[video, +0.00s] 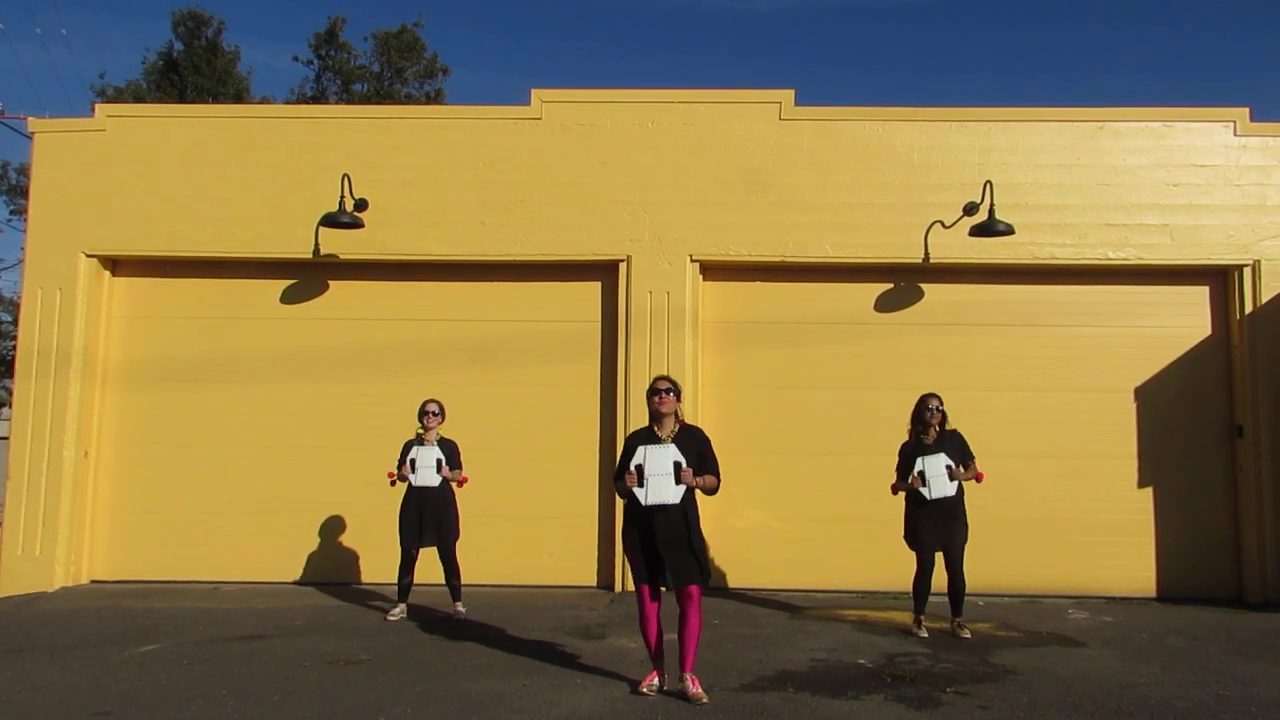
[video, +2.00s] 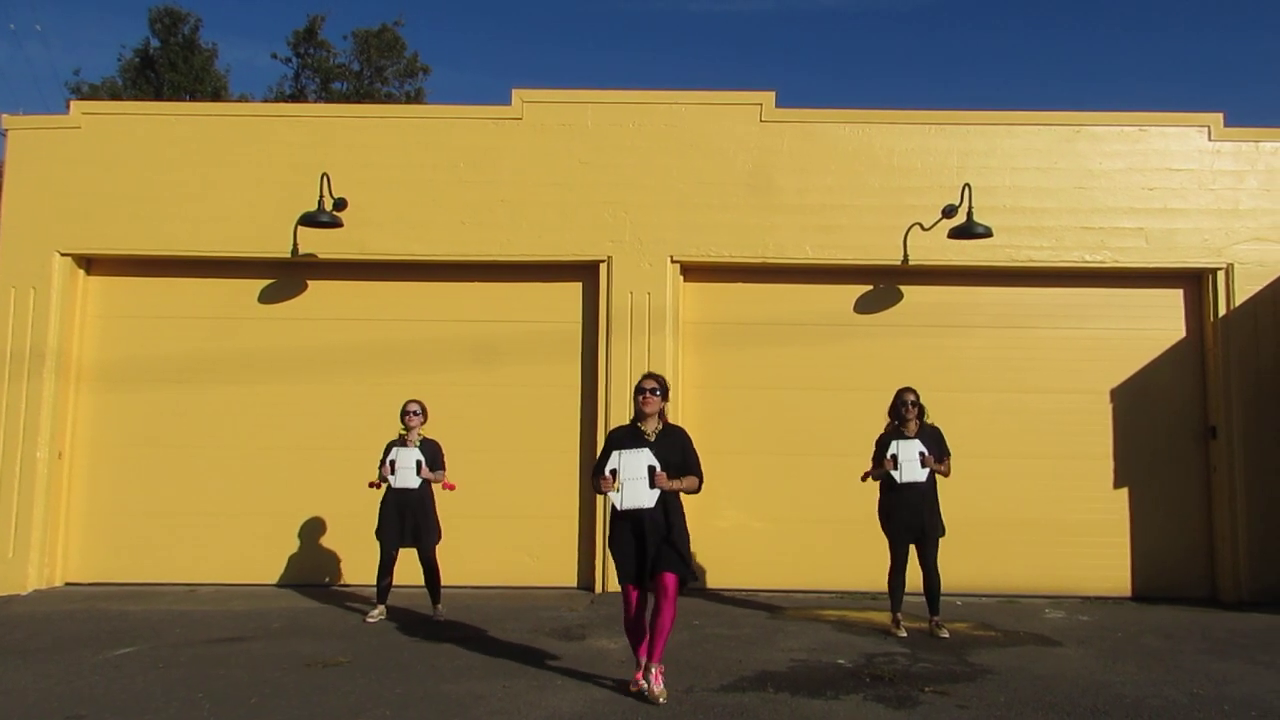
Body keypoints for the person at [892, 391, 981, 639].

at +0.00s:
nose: (934, 413)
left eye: (938, 409)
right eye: (928, 409)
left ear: (943, 413)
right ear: (919, 413)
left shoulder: (954, 439)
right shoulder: (909, 447)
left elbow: (973, 470)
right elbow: (897, 485)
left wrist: (961, 475)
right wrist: (910, 485)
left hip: (953, 517)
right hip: (923, 518)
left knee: (955, 570)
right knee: (925, 568)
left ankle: (957, 621)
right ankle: (918, 620)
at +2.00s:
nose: (909, 408)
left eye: (913, 404)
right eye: (903, 404)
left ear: (919, 407)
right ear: (896, 408)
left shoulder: (932, 434)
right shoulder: (886, 439)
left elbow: (946, 471)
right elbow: (874, 475)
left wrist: (933, 465)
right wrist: (885, 469)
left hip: (926, 511)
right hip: (896, 512)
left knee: (930, 565)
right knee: (898, 563)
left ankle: (935, 619)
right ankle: (896, 618)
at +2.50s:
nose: (908, 413)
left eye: (912, 409)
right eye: (903, 409)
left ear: (918, 413)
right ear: (895, 414)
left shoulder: (927, 444)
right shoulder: (885, 441)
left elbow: (938, 483)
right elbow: (863, 475)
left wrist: (937, 470)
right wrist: (891, 467)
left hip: (923, 514)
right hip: (893, 513)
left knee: (928, 569)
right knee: (898, 567)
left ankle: (931, 621)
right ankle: (894, 621)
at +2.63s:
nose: (906, 401)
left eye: (910, 396)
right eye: (900, 398)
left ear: (916, 400)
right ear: (892, 402)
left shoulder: (924, 427)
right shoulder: (885, 424)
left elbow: (950, 464)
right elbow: (878, 443)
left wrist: (953, 440)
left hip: (919, 501)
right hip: (890, 501)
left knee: (920, 559)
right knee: (893, 558)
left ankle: (927, 615)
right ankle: (891, 616)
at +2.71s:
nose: (904, 402)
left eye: (909, 398)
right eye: (899, 398)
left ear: (915, 403)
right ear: (888, 402)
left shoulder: (921, 431)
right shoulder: (881, 425)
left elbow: (960, 448)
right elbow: (893, 420)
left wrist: (965, 418)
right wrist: (922, 404)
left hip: (919, 502)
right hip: (889, 501)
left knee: (917, 559)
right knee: (893, 559)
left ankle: (921, 614)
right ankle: (892, 614)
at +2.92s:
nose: (909, 401)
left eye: (912, 398)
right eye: (904, 397)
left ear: (917, 403)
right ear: (895, 403)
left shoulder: (924, 428)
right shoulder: (886, 425)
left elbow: (959, 410)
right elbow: (892, 395)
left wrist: (962, 377)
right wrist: (922, 364)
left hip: (919, 503)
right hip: (889, 502)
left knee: (917, 560)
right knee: (892, 559)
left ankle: (921, 615)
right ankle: (891, 613)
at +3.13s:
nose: (908, 411)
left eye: (912, 408)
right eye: (903, 408)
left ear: (919, 411)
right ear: (895, 412)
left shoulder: (928, 432)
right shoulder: (887, 432)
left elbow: (935, 398)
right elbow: (874, 405)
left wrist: (921, 362)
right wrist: (876, 369)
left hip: (916, 504)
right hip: (886, 504)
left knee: (923, 564)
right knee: (892, 562)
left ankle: (931, 621)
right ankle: (891, 618)